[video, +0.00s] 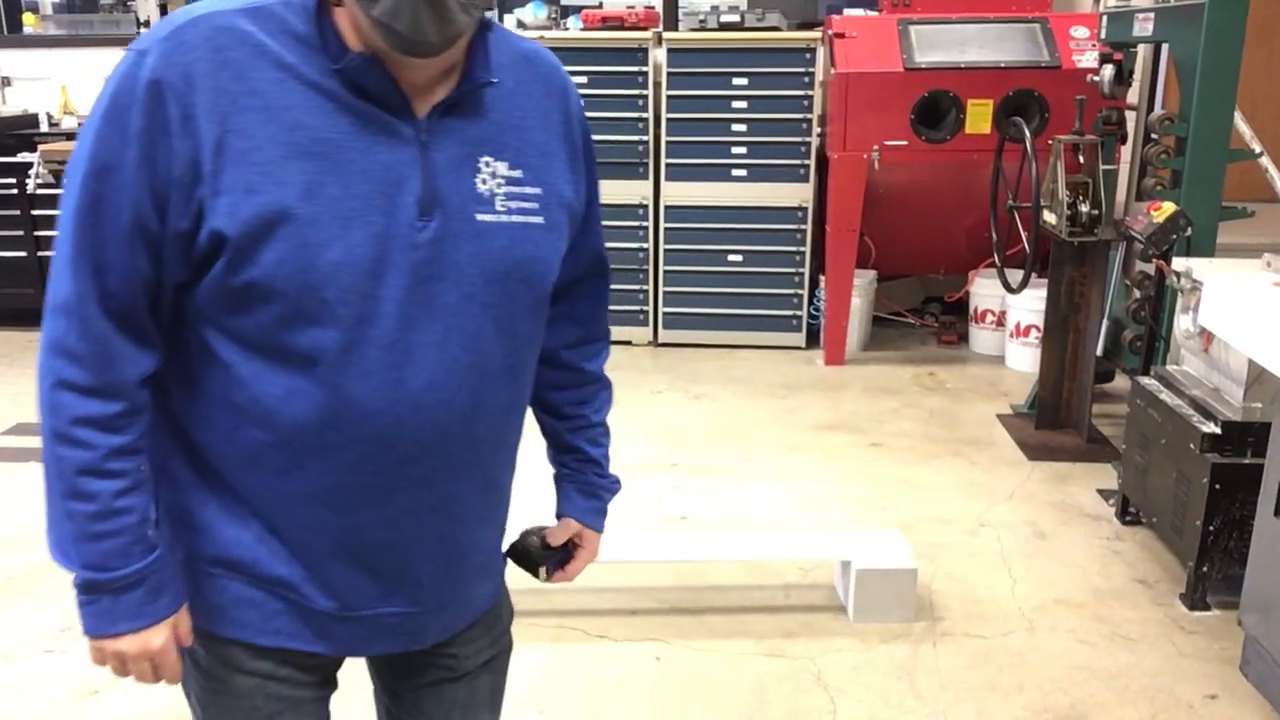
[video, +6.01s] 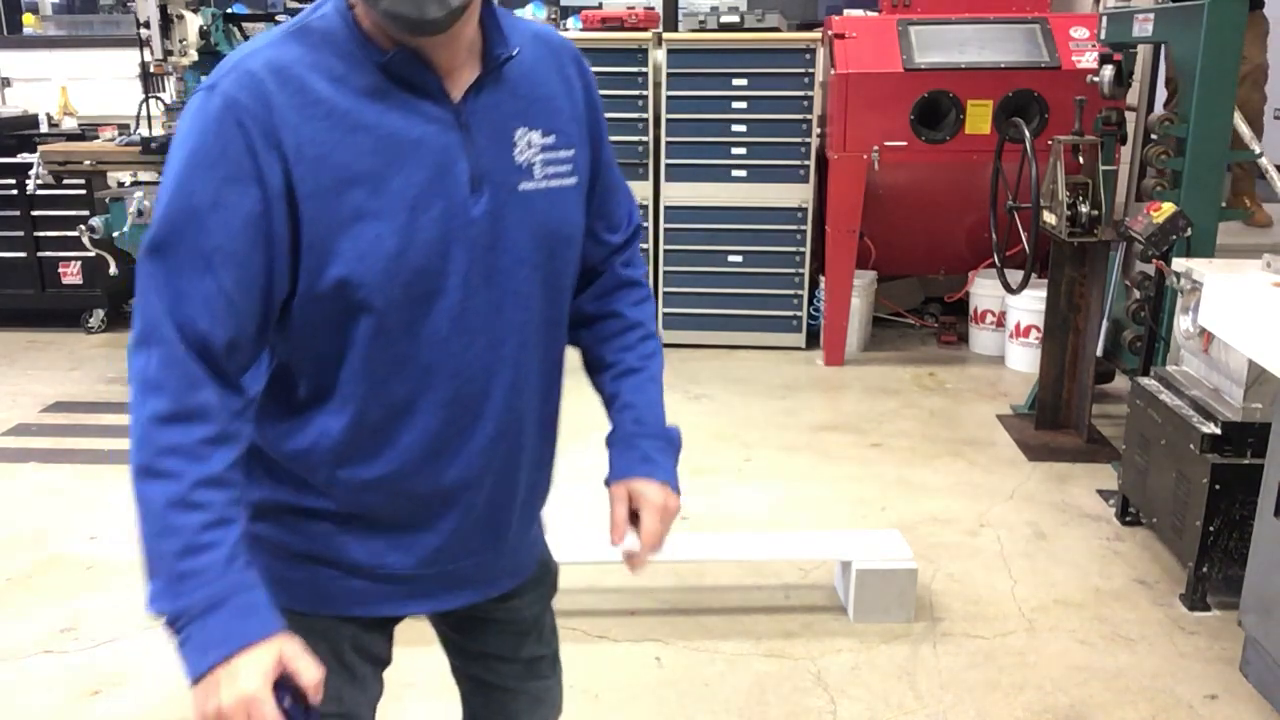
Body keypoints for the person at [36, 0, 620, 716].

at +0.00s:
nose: (437, 13)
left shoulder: (540, 95)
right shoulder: (184, 79)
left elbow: (572, 318)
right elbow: (92, 350)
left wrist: (584, 483)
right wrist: (122, 578)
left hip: (452, 566)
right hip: (252, 576)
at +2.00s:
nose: (506, 64)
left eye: (540, 33)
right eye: (479, 29)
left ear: (597, 24)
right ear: (433, 16)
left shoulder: (616, 96)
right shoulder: (322, 169)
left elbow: (648, 252)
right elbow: (289, 411)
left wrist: (673, 388)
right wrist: (360, 602)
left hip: (533, 503)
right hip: (381, 515)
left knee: (525, 705)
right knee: (365, 711)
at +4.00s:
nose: (704, 233)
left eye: (709, 211)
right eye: (708, 212)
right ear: (659, 234)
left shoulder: (569, 273)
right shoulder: (436, 353)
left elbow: (534, 440)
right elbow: (336, 588)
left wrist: (509, 576)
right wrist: (357, 706)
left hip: (407, 493)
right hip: (249, 531)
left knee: (502, 678)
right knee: (332, 706)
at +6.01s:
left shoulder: (554, 76)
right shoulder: (253, 108)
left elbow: (609, 272)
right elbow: (180, 385)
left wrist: (642, 438)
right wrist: (218, 618)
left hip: (494, 522)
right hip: (317, 538)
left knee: (526, 705)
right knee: (317, 709)